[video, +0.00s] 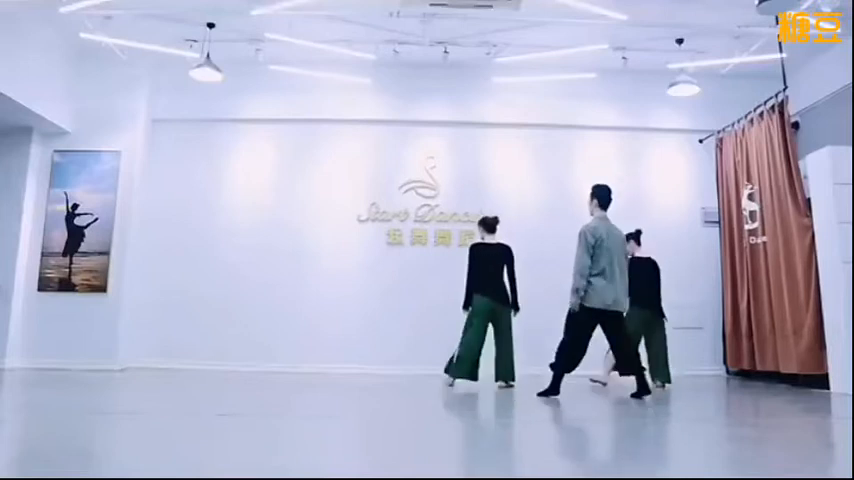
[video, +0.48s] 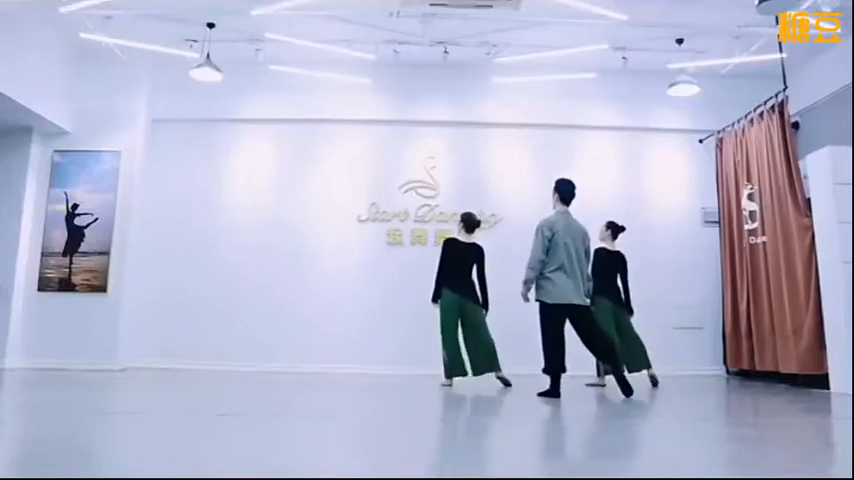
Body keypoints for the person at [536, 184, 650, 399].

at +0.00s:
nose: (588, 204)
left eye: (589, 200)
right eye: (590, 200)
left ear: (594, 201)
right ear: (607, 204)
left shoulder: (589, 230)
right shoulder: (619, 235)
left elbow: (582, 268)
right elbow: (623, 268)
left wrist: (575, 298)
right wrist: (622, 299)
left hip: (591, 299)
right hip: (615, 300)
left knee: (571, 343)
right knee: (623, 344)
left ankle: (554, 385)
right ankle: (641, 383)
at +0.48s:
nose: (551, 197)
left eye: (552, 193)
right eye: (554, 193)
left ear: (555, 195)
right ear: (571, 198)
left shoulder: (547, 225)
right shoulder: (581, 230)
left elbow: (537, 258)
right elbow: (585, 266)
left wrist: (527, 283)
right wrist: (586, 292)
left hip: (551, 294)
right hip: (576, 295)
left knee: (552, 342)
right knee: (594, 338)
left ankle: (554, 387)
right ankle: (620, 377)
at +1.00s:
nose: (539, 197)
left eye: (540, 193)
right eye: (545, 193)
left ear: (540, 196)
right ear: (559, 197)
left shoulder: (532, 225)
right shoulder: (569, 228)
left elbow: (524, 259)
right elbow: (577, 265)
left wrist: (516, 284)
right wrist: (580, 290)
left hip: (542, 296)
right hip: (567, 295)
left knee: (547, 342)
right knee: (586, 338)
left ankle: (554, 387)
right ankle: (611, 376)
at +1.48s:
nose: (541, 197)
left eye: (540, 193)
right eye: (550, 193)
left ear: (539, 195)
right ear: (558, 196)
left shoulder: (530, 226)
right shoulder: (568, 227)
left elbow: (523, 260)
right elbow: (578, 264)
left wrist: (516, 285)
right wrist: (581, 290)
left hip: (542, 296)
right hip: (568, 294)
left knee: (548, 343)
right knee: (588, 338)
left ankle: (554, 388)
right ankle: (611, 376)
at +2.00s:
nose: (540, 196)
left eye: (540, 192)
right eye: (551, 193)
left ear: (539, 195)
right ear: (558, 196)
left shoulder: (530, 226)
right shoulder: (568, 227)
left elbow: (522, 260)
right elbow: (578, 264)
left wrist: (516, 285)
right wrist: (581, 290)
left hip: (542, 296)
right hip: (568, 294)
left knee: (548, 343)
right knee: (589, 338)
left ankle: (554, 387)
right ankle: (611, 376)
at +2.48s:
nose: (539, 195)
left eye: (539, 192)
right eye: (551, 192)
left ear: (538, 195)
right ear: (558, 196)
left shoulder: (529, 226)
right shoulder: (567, 227)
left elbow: (520, 260)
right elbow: (577, 263)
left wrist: (513, 285)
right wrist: (580, 290)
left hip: (541, 296)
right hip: (567, 295)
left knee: (547, 343)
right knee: (588, 337)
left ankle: (554, 388)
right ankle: (611, 375)